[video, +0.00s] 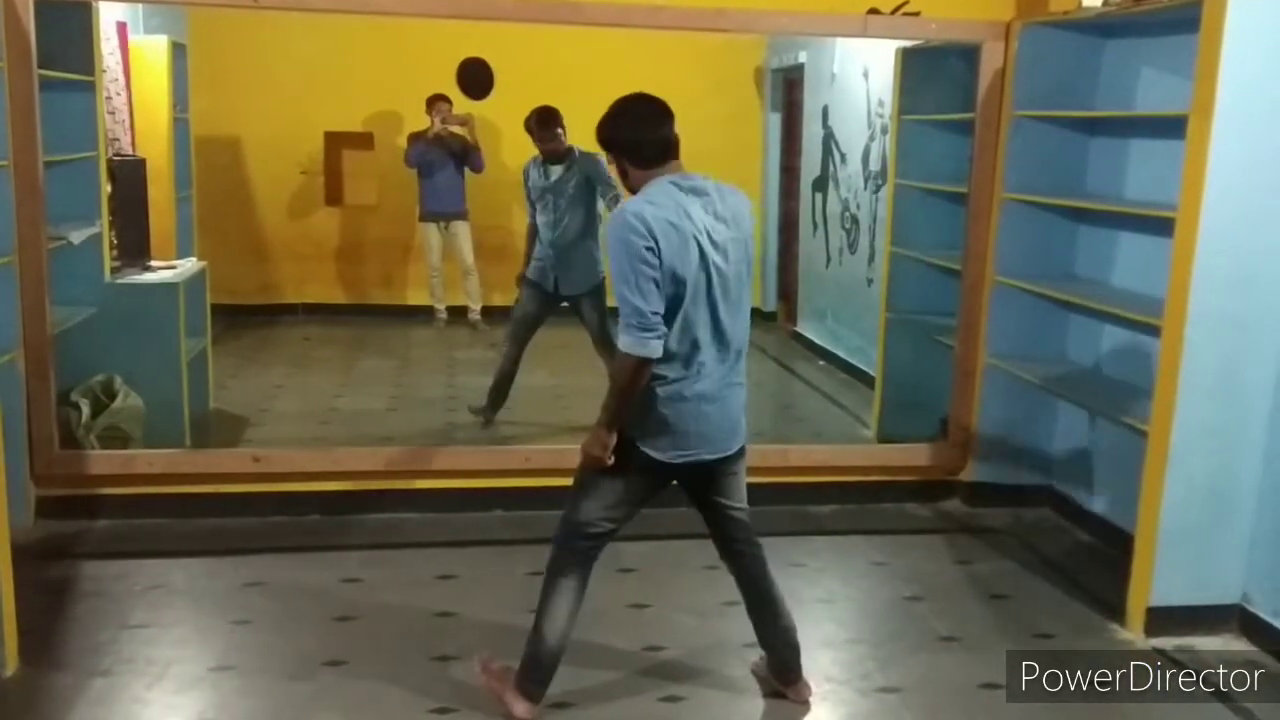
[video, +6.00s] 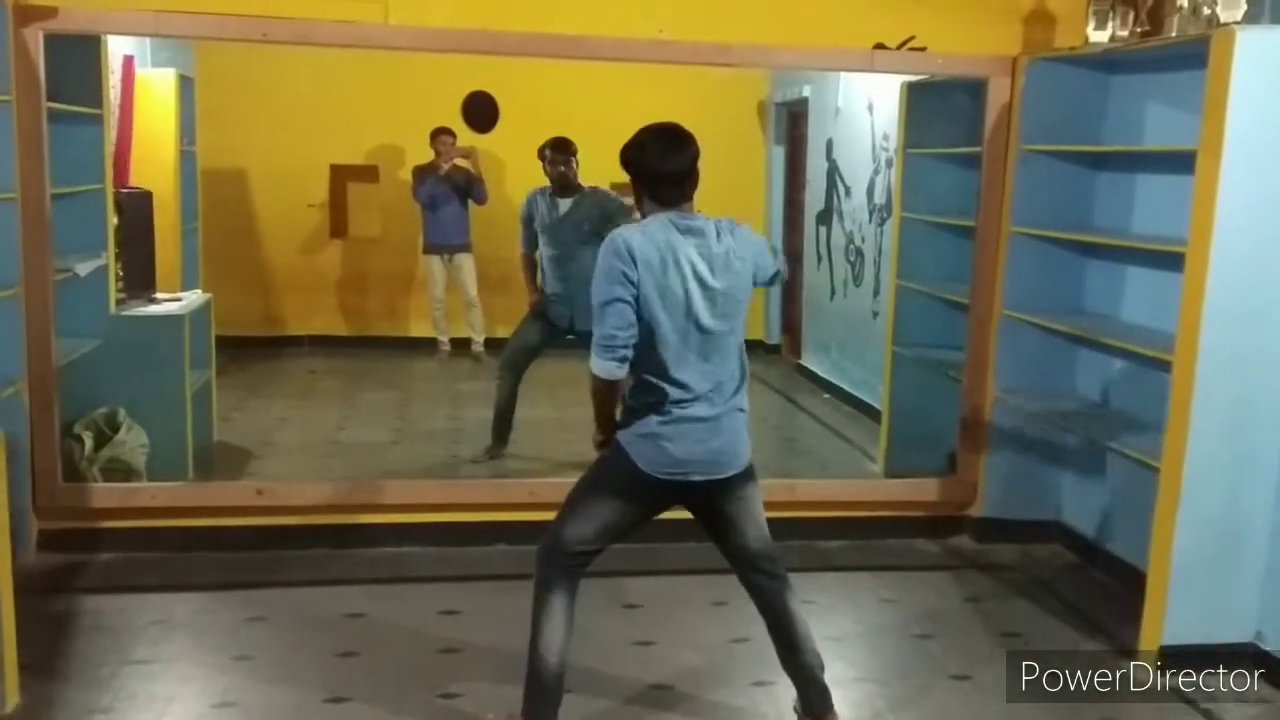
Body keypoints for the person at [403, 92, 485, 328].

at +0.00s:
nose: (442, 116)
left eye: (446, 111)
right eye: (438, 111)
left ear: (452, 114)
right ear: (429, 113)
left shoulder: (458, 140)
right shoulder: (419, 139)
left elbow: (477, 166)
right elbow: (411, 161)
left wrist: (471, 135)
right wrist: (431, 134)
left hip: (457, 213)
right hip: (430, 214)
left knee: (468, 265)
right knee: (434, 267)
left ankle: (474, 313)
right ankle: (439, 312)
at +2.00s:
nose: (441, 113)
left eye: (445, 109)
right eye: (436, 108)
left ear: (450, 112)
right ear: (428, 111)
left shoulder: (456, 138)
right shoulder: (417, 137)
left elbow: (475, 165)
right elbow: (415, 163)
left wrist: (470, 133)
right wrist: (435, 136)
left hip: (456, 211)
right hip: (428, 212)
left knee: (466, 264)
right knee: (433, 265)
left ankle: (473, 312)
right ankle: (438, 311)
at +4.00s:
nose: (440, 110)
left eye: (444, 106)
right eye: (436, 106)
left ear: (450, 109)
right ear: (427, 108)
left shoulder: (457, 135)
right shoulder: (417, 134)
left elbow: (476, 162)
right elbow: (415, 161)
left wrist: (470, 130)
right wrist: (435, 134)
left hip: (456, 209)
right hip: (429, 210)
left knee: (468, 262)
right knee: (433, 263)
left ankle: (474, 310)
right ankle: (438, 308)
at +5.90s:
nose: (444, 143)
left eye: (448, 139)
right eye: (440, 139)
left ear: (453, 142)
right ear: (431, 141)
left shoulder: (460, 168)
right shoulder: (420, 167)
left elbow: (478, 193)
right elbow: (418, 192)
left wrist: (473, 163)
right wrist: (438, 167)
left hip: (459, 240)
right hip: (432, 241)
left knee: (470, 293)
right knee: (436, 294)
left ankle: (476, 339)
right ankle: (441, 338)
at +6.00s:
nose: (446, 148)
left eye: (450, 144)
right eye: (441, 143)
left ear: (455, 147)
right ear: (433, 146)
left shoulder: (462, 172)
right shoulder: (422, 171)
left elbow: (481, 198)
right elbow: (421, 197)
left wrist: (475, 167)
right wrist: (440, 172)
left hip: (461, 245)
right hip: (434, 246)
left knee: (471, 297)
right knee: (437, 298)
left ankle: (477, 344)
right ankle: (443, 343)